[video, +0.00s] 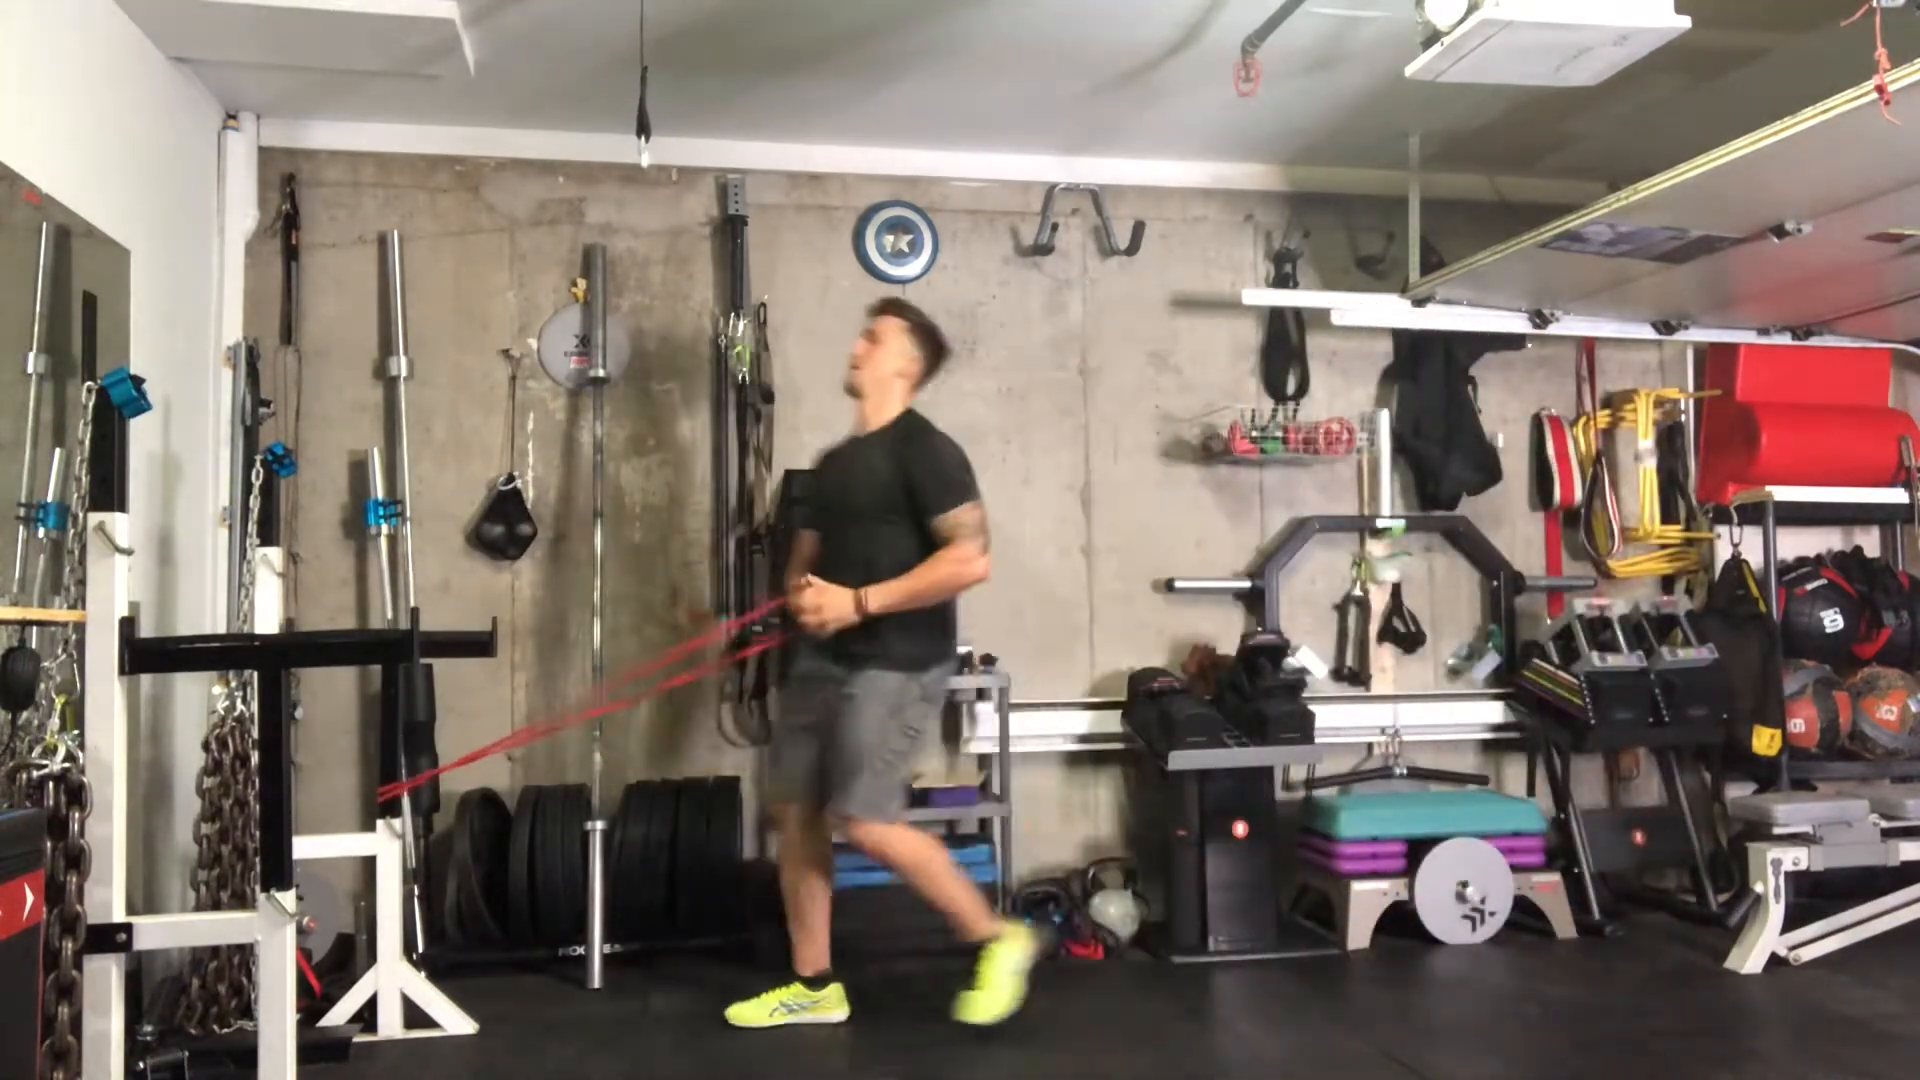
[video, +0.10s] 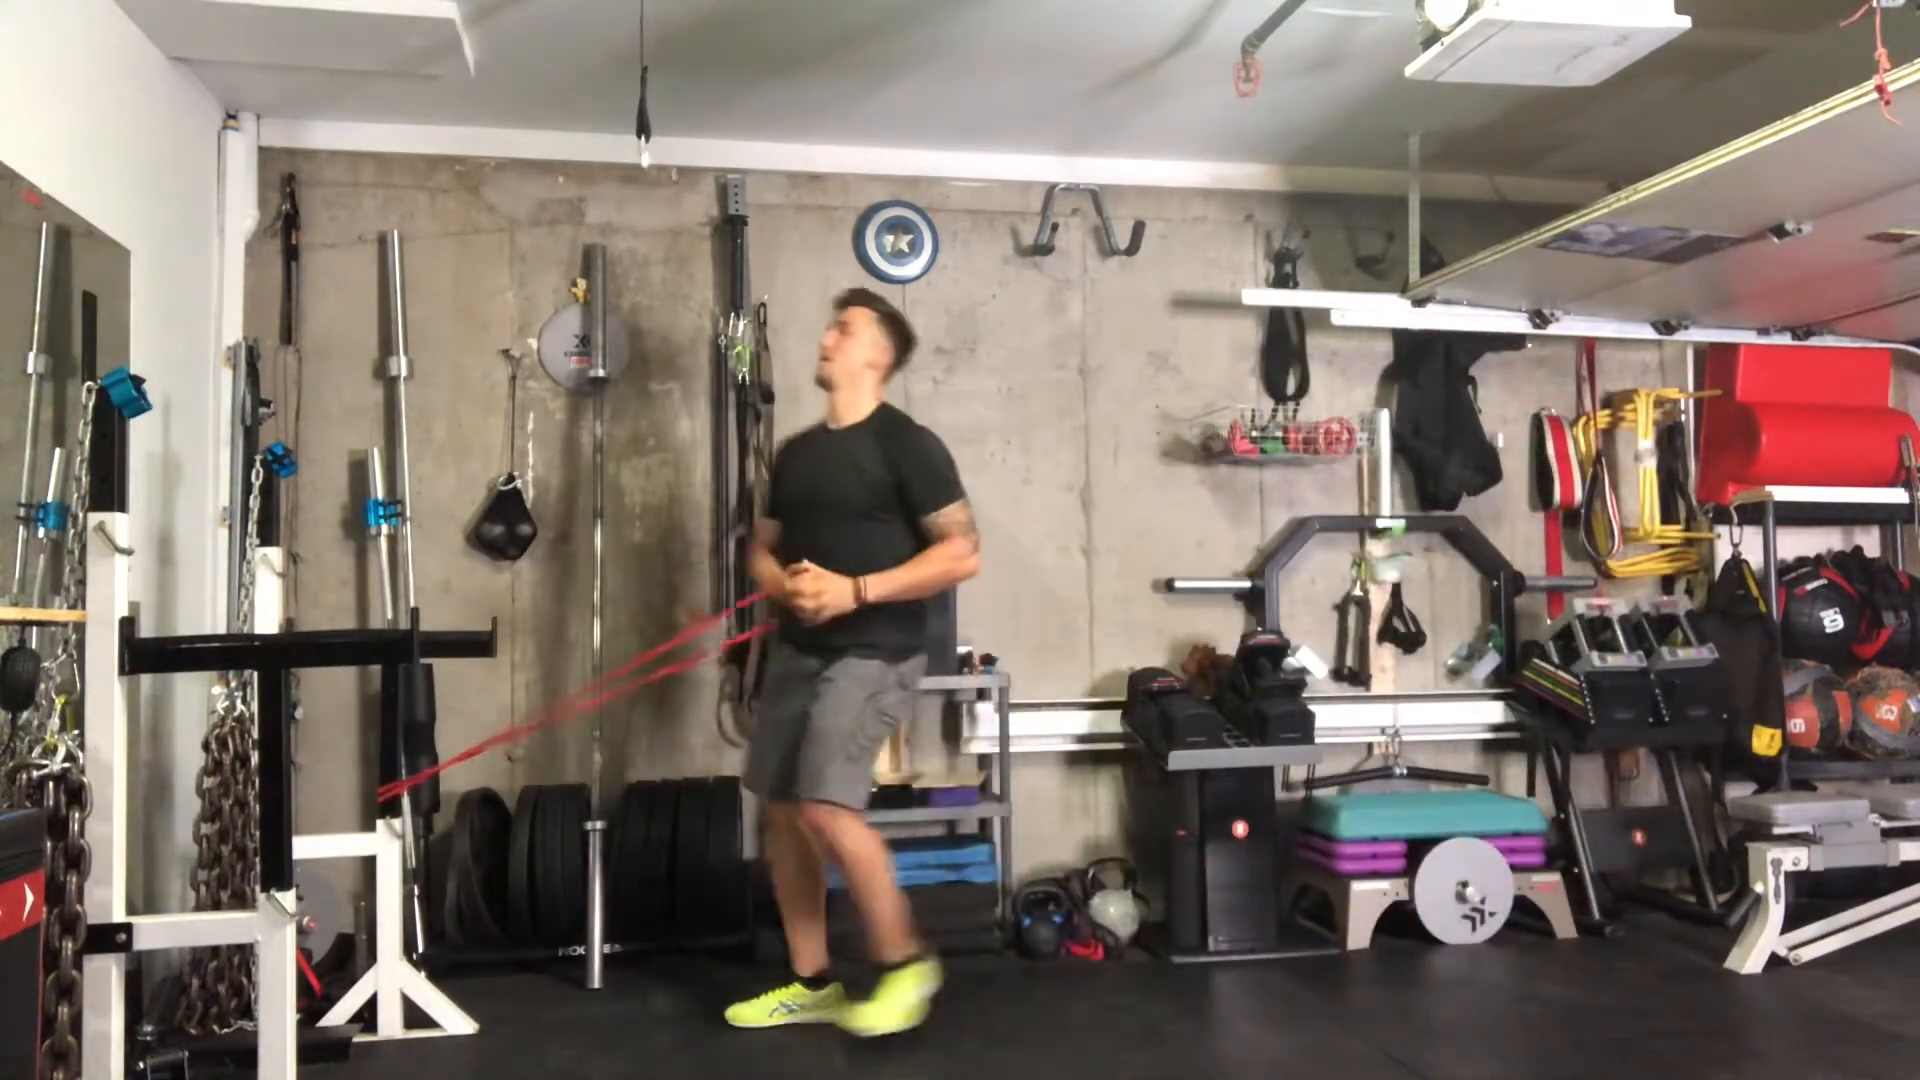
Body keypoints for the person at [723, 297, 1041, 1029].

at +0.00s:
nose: (855, 346)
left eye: (874, 338)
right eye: (861, 335)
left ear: (912, 365)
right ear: (871, 362)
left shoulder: (928, 449)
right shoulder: (831, 464)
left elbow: (969, 559)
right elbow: (800, 564)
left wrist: (860, 600)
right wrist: (803, 595)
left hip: (898, 665)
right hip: (821, 661)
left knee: (864, 813)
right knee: (796, 815)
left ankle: (1000, 937)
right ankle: (815, 983)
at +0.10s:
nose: (825, 336)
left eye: (845, 329)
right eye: (829, 326)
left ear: (885, 357)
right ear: (830, 352)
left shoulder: (912, 445)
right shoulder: (794, 453)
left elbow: (961, 554)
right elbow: (760, 550)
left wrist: (857, 589)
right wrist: (784, 586)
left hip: (876, 653)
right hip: (797, 653)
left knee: (827, 804)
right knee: (780, 808)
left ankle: (906, 964)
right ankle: (811, 980)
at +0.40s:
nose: (803, 350)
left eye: (821, 341)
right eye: (795, 338)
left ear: (849, 363)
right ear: (780, 356)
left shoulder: (879, 463)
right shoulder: (736, 456)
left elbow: (912, 580)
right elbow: (700, 562)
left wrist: (821, 582)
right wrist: (754, 573)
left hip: (825, 666)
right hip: (741, 660)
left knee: (789, 823)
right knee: (684, 813)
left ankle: (780, 997)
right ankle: (789, 949)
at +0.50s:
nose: (792, 357)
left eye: (809, 345)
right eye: (781, 344)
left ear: (834, 364)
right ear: (764, 359)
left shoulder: (868, 468)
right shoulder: (719, 458)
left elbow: (888, 585)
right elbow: (688, 568)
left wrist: (799, 568)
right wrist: (745, 564)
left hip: (813, 674)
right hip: (723, 666)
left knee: (793, 829)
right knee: (674, 814)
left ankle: (783, 997)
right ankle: (728, 952)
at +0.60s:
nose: (777, 363)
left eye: (793, 351)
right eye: (765, 350)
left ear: (817, 369)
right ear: (747, 365)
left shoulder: (852, 472)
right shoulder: (702, 463)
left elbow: (865, 584)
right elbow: (671, 571)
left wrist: (783, 556)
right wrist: (739, 553)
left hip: (806, 678)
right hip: (714, 671)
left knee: (793, 834)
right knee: (666, 826)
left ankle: (782, 1000)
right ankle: (668, 969)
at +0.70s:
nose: (757, 366)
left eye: (772, 353)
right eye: (743, 353)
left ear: (796, 370)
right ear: (724, 367)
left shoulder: (832, 472)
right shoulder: (682, 465)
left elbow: (847, 579)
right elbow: (659, 571)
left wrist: (775, 555)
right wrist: (728, 552)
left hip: (794, 681)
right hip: (702, 677)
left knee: (790, 832)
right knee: (659, 833)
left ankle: (784, 1000)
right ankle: (620, 980)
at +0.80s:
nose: (733, 376)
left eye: (749, 363)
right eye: (720, 363)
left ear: (773, 378)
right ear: (701, 375)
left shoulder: (808, 476)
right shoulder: (658, 468)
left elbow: (825, 563)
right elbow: (648, 563)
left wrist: (768, 565)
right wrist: (708, 560)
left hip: (777, 677)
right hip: (682, 676)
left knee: (784, 818)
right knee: (647, 833)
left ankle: (787, 995)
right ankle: (608, 988)